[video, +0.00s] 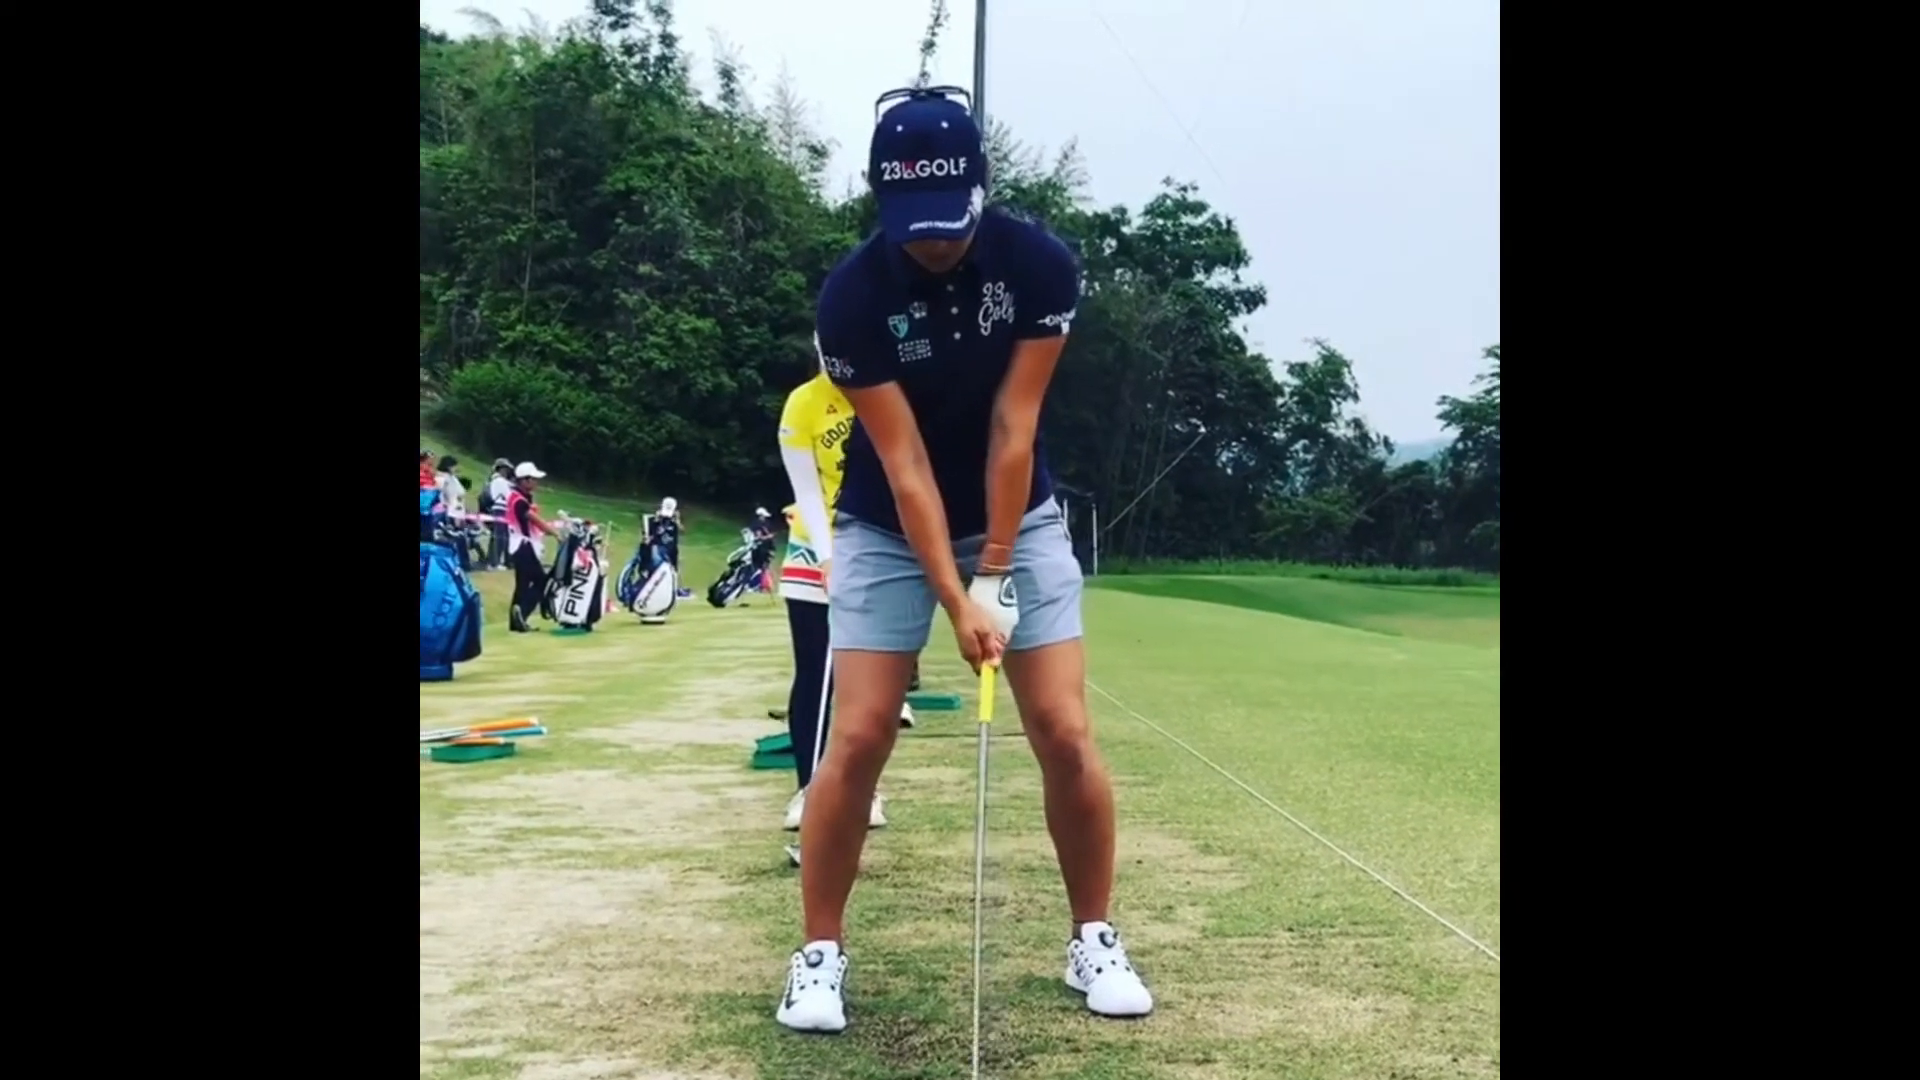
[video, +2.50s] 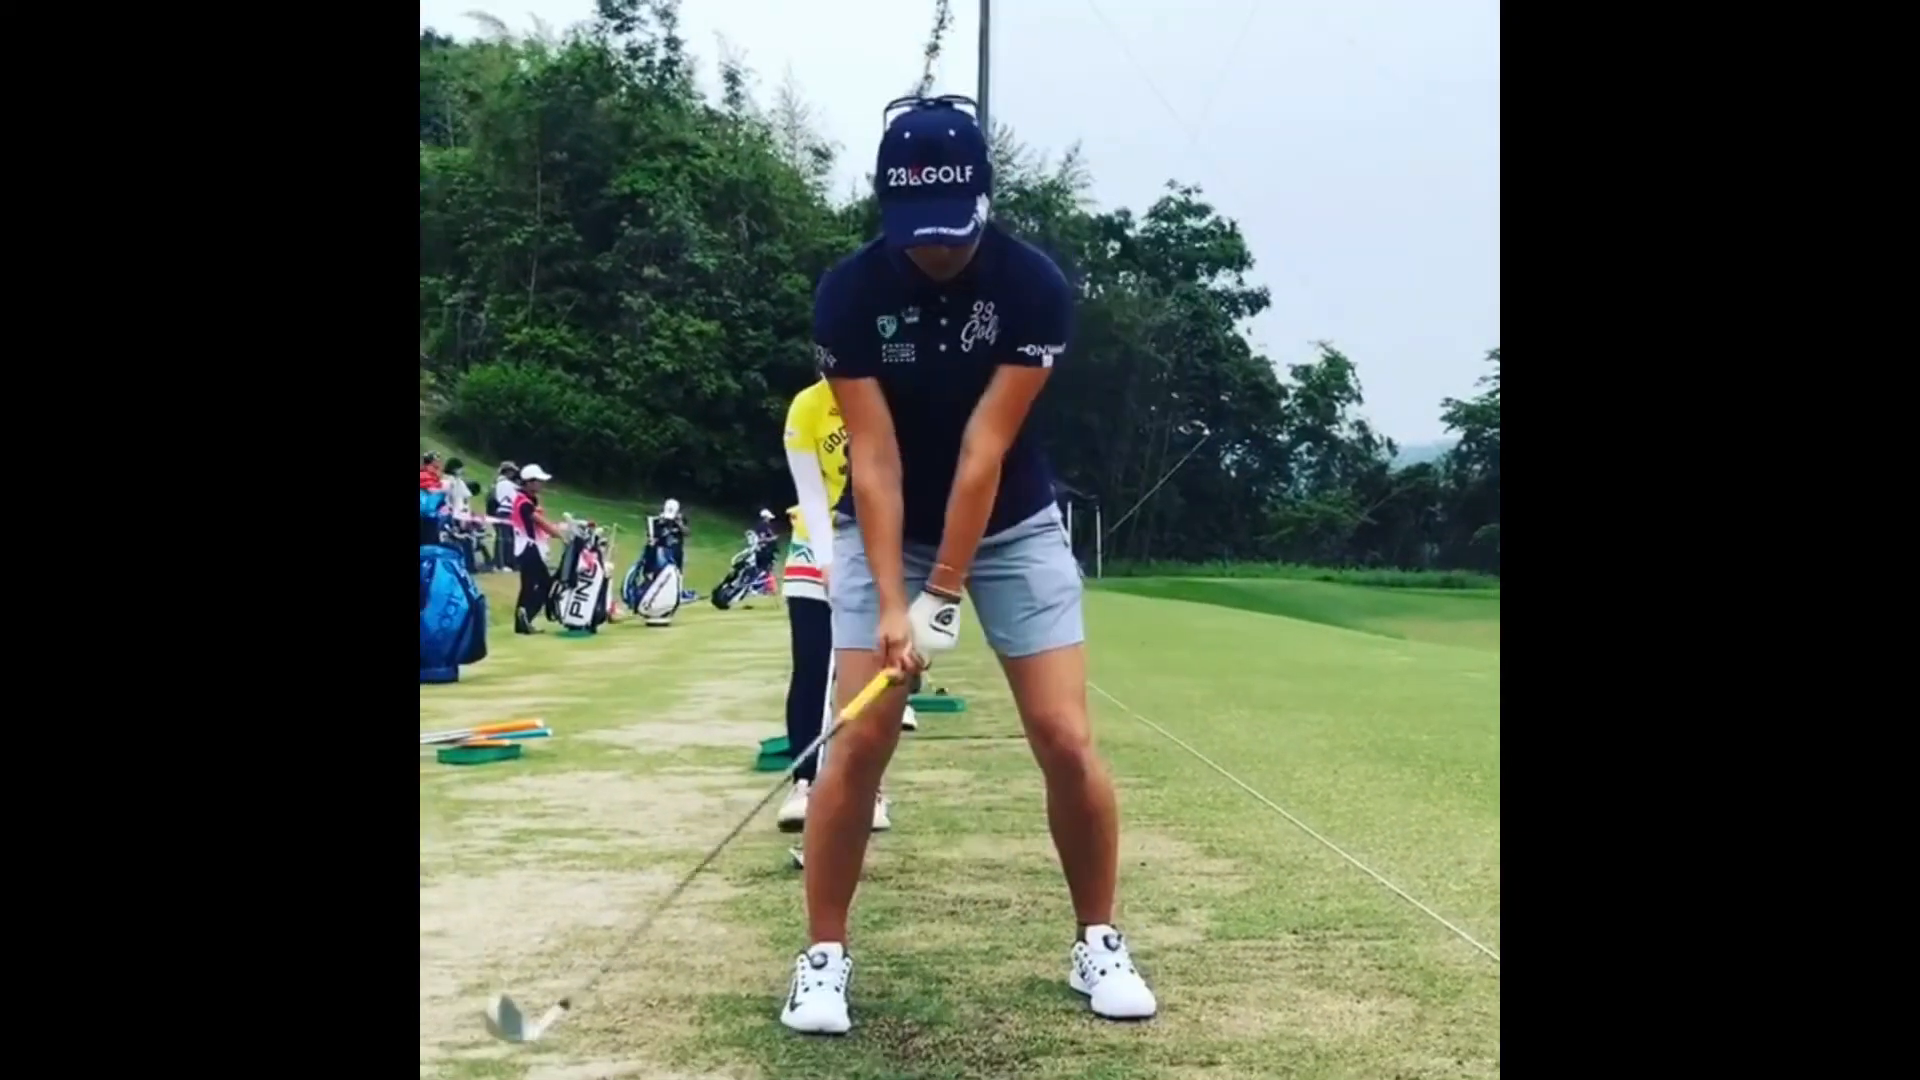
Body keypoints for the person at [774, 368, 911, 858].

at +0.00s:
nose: (848, 354)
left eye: (856, 344)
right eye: (839, 343)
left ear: (878, 344)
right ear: (829, 346)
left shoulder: (891, 399)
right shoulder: (805, 402)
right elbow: (806, 490)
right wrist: (827, 554)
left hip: (870, 568)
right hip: (811, 570)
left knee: (874, 692)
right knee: (815, 682)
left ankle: (864, 786)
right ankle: (810, 790)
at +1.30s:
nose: (807, 409)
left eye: (818, 399)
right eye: (798, 398)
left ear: (837, 383)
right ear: (782, 382)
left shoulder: (868, 420)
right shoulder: (759, 433)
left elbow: (859, 505)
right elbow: (770, 518)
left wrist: (821, 575)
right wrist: (780, 584)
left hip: (846, 574)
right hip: (773, 573)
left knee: (850, 694)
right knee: (759, 692)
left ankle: (867, 808)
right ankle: (732, 811)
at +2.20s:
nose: (796, 428)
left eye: (806, 418)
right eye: (786, 417)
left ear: (826, 400)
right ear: (771, 401)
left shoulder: (857, 438)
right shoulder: (748, 447)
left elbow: (840, 520)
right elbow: (762, 532)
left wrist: (804, 590)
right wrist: (778, 600)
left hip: (830, 587)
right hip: (757, 587)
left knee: (834, 702)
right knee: (742, 702)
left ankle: (850, 819)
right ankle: (710, 821)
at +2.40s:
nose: (850, 357)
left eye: (861, 348)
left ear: (884, 347)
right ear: (832, 346)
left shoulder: (898, 400)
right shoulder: (809, 402)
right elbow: (809, 494)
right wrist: (829, 558)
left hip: (876, 566)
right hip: (813, 565)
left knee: (876, 692)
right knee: (815, 681)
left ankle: (869, 786)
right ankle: (810, 787)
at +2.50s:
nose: (841, 360)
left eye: (852, 353)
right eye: (834, 351)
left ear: (878, 350)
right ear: (826, 351)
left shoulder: (892, 400)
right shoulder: (809, 405)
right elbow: (811, 496)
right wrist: (828, 564)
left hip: (874, 553)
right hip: (815, 551)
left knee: (869, 675)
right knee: (811, 668)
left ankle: (871, 783)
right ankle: (806, 777)